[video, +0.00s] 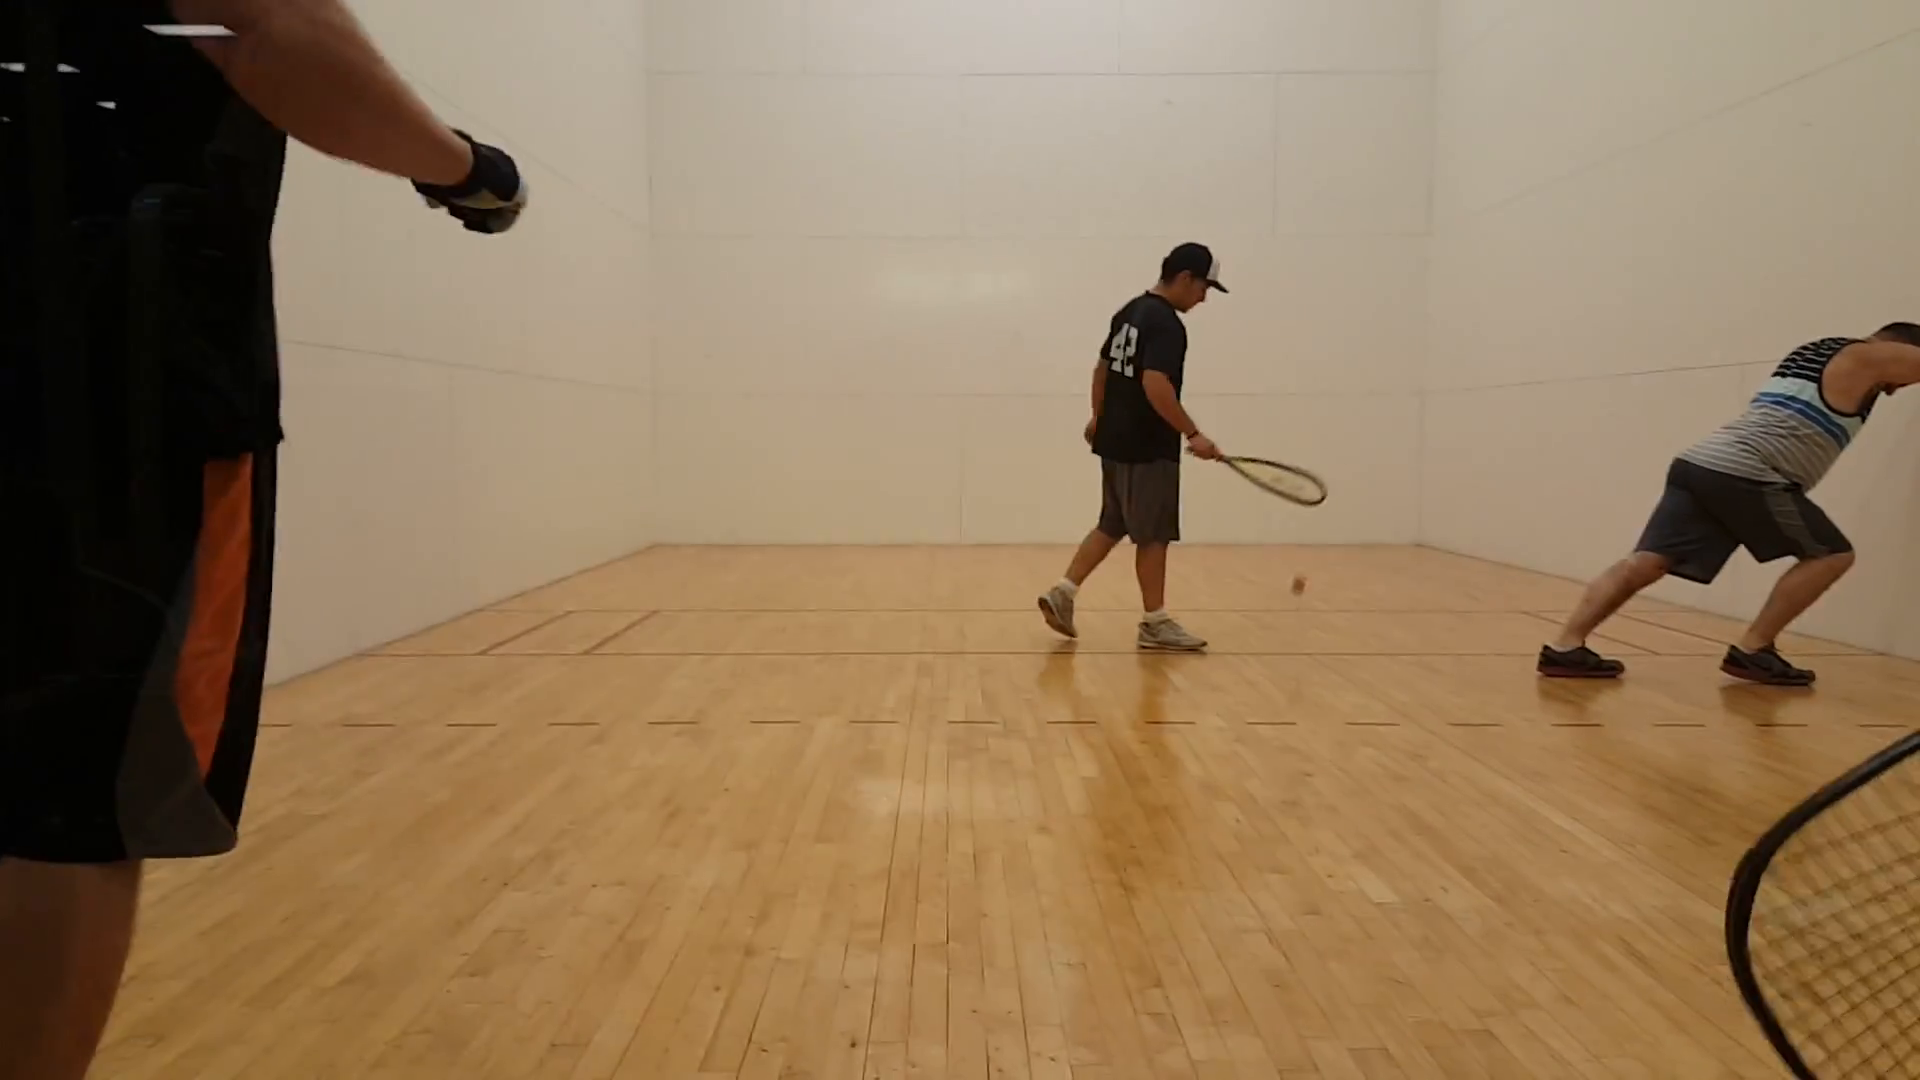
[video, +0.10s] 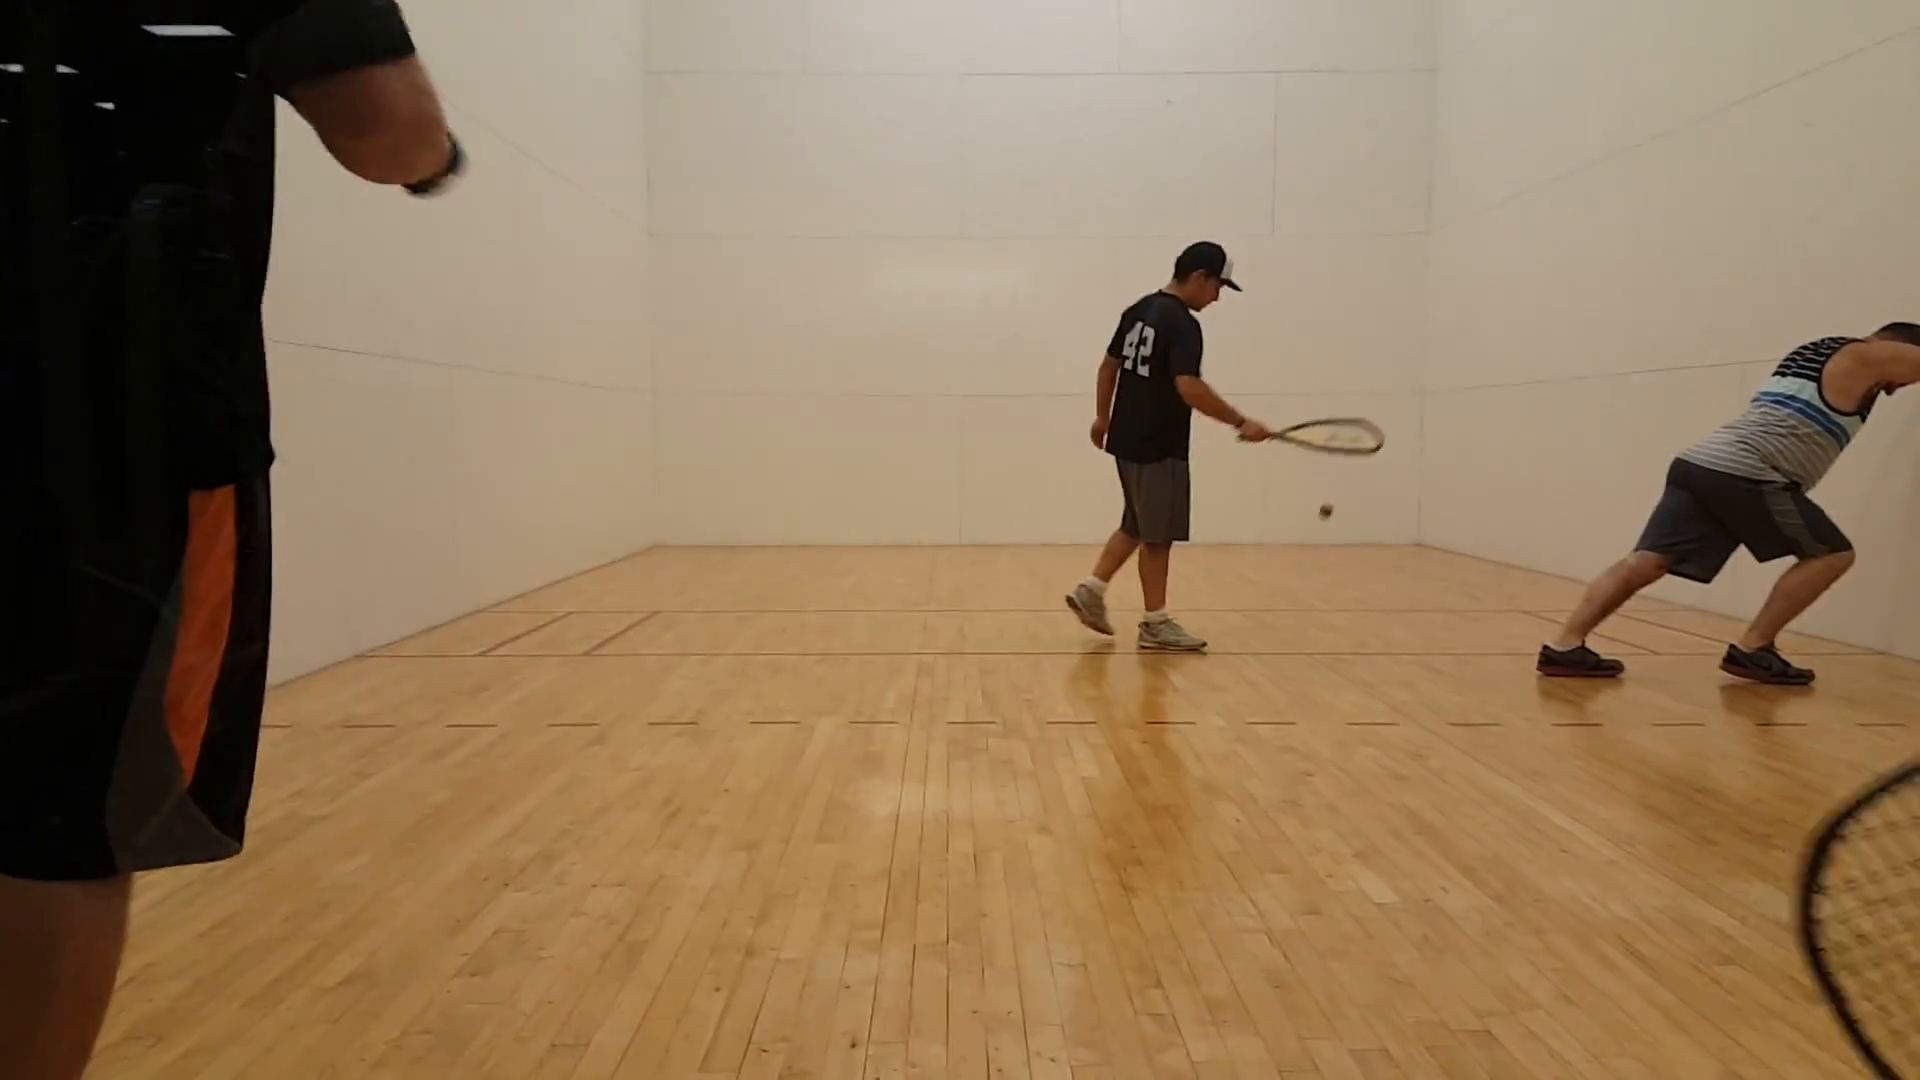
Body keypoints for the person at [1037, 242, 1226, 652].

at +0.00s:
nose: (1203, 297)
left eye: (1206, 289)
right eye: (1202, 287)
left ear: (1175, 278)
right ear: (1184, 279)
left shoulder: (1131, 310)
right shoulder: (1167, 324)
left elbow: (1102, 368)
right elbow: (1156, 384)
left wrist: (1098, 415)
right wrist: (1193, 433)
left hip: (1115, 442)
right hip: (1149, 448)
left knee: (1112, 522)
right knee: (1153, 533)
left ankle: (1064, 592)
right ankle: (1156, 620)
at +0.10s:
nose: (1217, 296)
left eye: (1220, 288)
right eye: (1217, 286)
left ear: (1186, 276)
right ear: (1198, 277)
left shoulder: (1139, 309)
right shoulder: (1183, 324)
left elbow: (1109, 367)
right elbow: (1189, 388)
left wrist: (1102, 416)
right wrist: (1240, 420)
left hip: (1126, 440)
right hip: (1158, 449)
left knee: (1136, 522)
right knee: (1158, 534)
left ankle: (1092, 588)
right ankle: (1156, 622)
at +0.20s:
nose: (1228, 294)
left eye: (1231, 287)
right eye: (1228, 285)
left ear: (1197, 275)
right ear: (1210, 276)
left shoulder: (1149, 310)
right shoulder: (1200, 325)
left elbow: (1119, 365)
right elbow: (1228, 383)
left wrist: (1118, 417)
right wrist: (1284, 402)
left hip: (1139, 440)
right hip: (1170, 446)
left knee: (1157, 526)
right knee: (1165, 532)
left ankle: (1136, 599)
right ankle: (1156, 621)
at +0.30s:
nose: (1239, 293)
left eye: (1242, 285)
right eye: (1238, 283)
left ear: (1209, 277)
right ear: (1219, 277)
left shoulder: (1160, 312)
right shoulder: (1216, 324)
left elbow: (1130, 371)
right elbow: (1253, 378)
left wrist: (1139, 419)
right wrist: (1306, 398)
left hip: (1153, 441)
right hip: (1182, 446)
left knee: (1180, 529)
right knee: (1168, 534)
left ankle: (1188, 608)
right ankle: (1156, 622)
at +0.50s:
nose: (1257, 297)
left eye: (1259, 289)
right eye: (1256, 288)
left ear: (1227, 280)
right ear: (1236, 280)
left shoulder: (1182, 321)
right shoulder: (1233, 328)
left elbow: (1162, 383)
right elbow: (1253, 391)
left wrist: (1187, 423)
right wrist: (1288, 437)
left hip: (1188, 448)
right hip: (1217, 451)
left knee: (1218, 531)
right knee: (1198, 533)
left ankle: (1224, 613)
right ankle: (1163, 616)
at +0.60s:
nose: (1267, 293)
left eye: (1269, 285)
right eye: (1265, 283)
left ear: (1236, 278)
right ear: (1245, 277)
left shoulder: (1196, 319)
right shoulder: (1238, 321)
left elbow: (1182, 382)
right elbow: (1236, 381)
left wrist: (1215, 415)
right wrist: (1253, 441)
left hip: (1202, 444)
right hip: (1225, 446)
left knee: (1226, 529)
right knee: (1227, 529)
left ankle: (1225, 613)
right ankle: (1179, 602)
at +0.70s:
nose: (1276, 291)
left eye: (1278, 283)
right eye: (1274, 281)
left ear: (1249, 275)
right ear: (1254, 275)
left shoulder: (1220, 314)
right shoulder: (1236, 317)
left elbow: (1226, 381)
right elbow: (1222, 375)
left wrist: (1265, 407)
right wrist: (1228, 435)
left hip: (1220, 443)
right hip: (1239, 444)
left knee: (1232, 526)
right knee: (1257, 522)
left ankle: (1225, 609)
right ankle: (1204, 596)